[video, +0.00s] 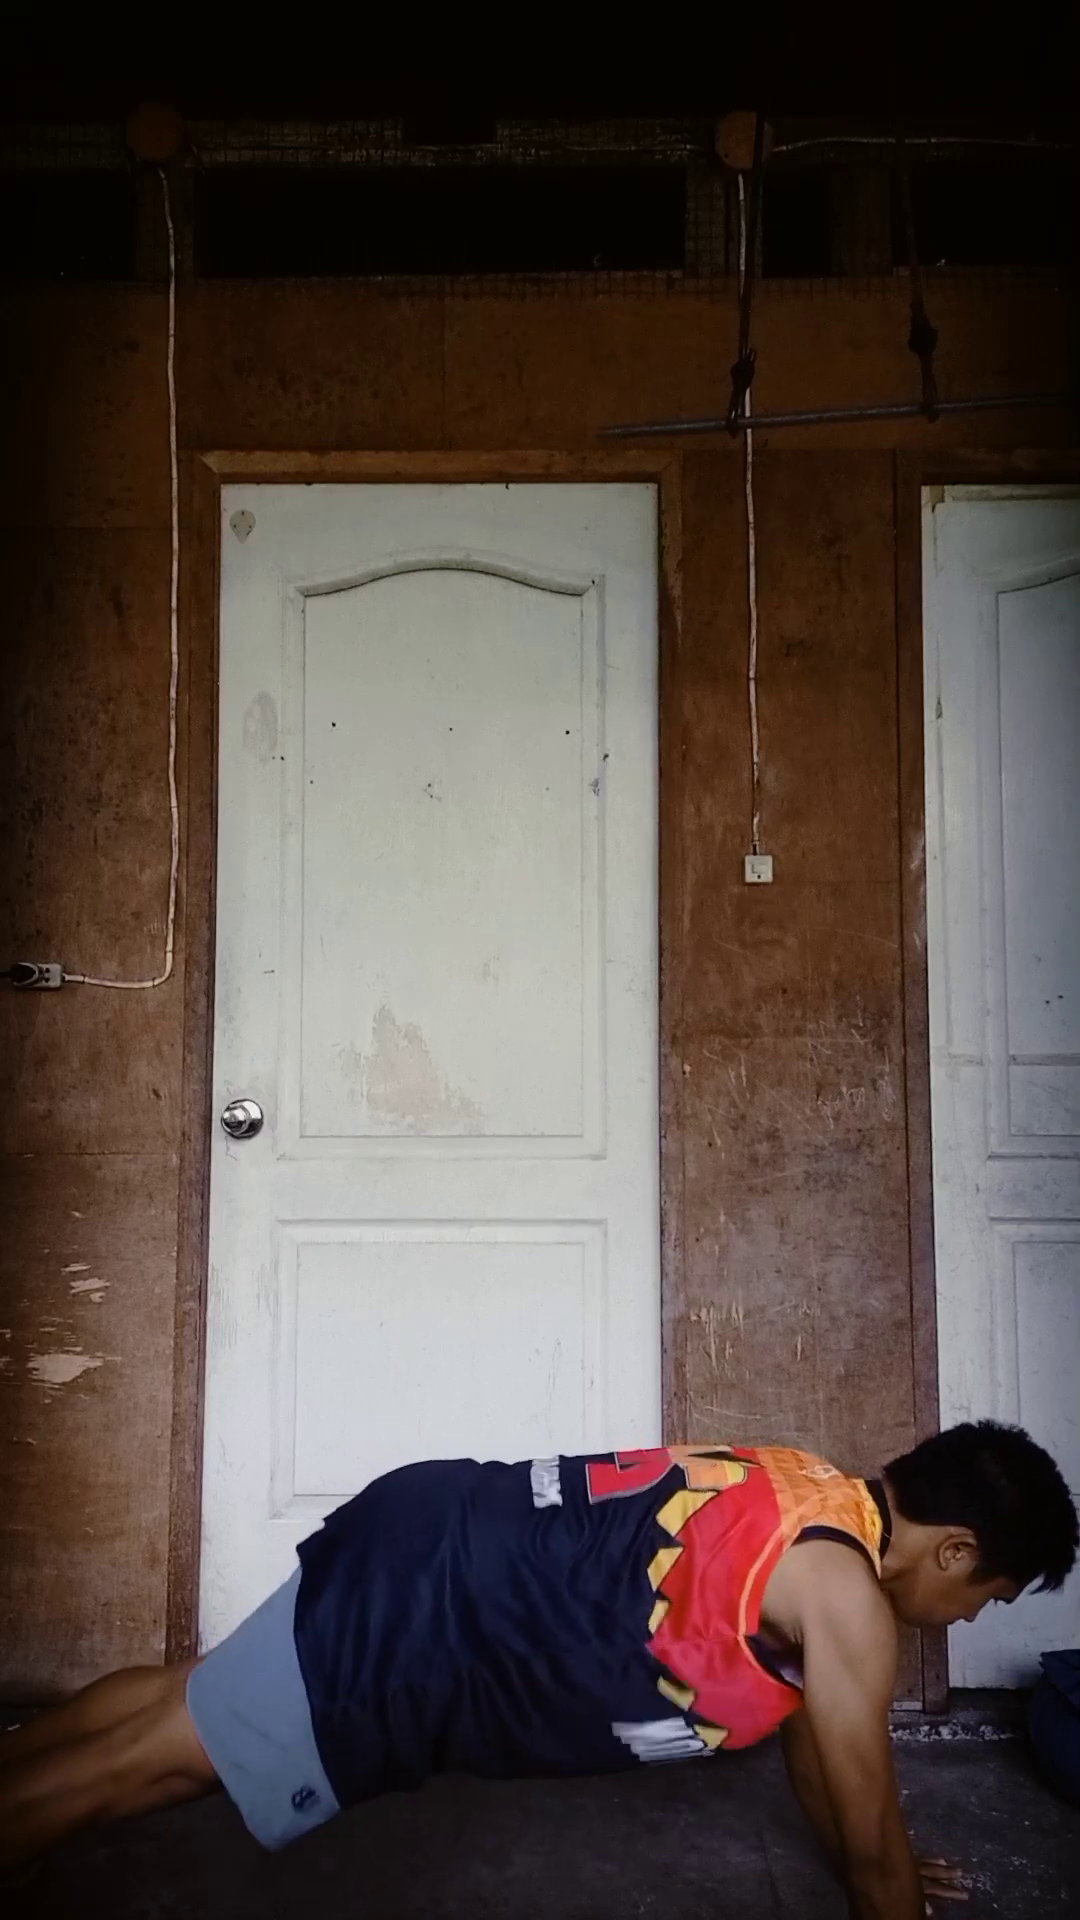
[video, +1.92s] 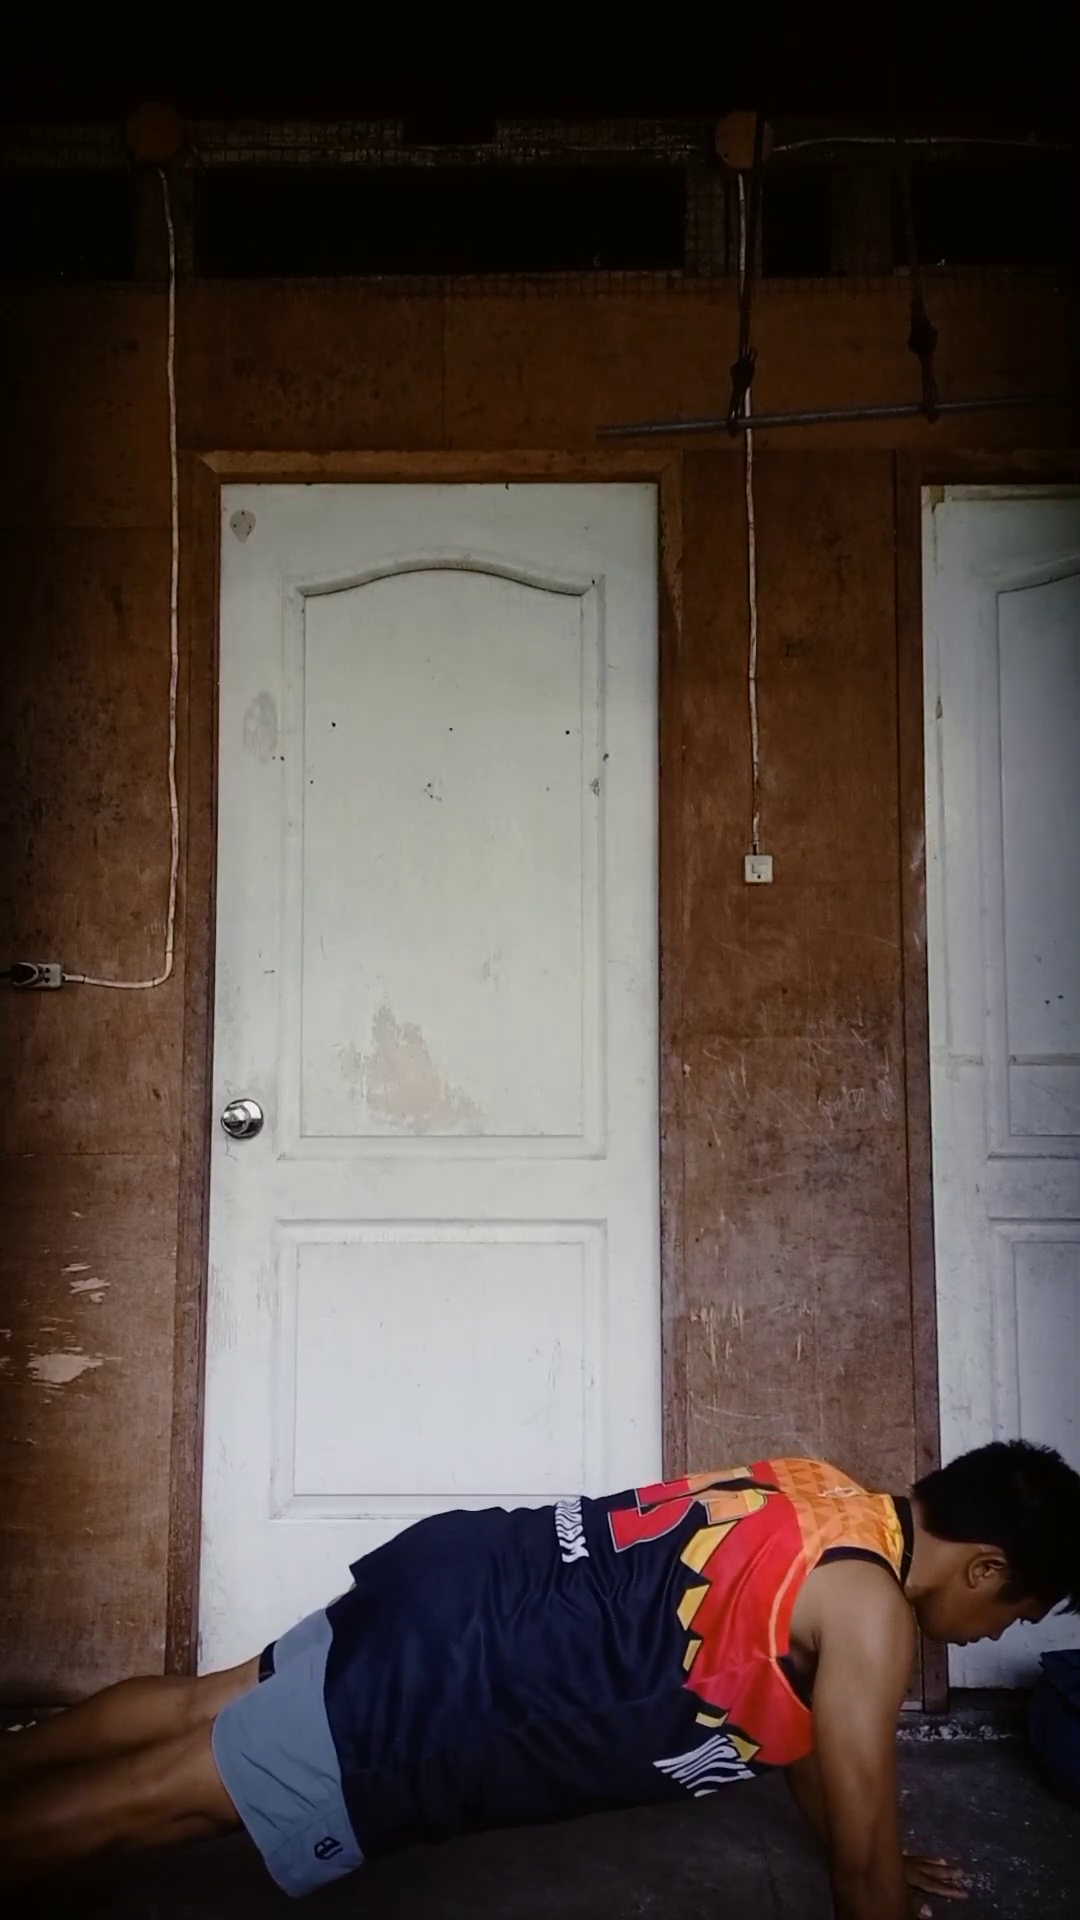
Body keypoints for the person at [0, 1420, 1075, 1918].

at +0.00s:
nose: (975, 1616)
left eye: (996, 1597)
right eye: (992, 1591)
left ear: (927, 1487)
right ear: (959, 1551)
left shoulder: (809, 1482)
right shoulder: (844, 1609)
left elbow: (810, 1735)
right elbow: (868, 1848)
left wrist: (893, 1860)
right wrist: (911, 1900)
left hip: (426, 1522)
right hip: (424, 1617)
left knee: (174, 1696)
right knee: (143, 1768)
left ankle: (13, 1763)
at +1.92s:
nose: (996, 1632)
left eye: (1017, 1615)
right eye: (1012, 1609)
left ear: (945, 1498)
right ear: (977, 1563)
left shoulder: (822, 1486)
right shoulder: (866, 1620)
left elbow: (798, 1697)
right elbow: (869, 1874)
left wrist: (873, 1841)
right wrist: (910, 1895)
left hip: (457, 1566)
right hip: (455, 1680)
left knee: (211, 1699)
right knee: (152, 1802)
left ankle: (4, 1764)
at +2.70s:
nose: (1059, 1742)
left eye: (1071, 1726)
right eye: (1071, 1721)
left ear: (1004, 1610)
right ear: (1055, 1692)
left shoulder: (884, 1588)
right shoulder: (932, 1728)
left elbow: (755, 1725)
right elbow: (834, 1906)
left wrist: (867, 1844)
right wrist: (904, 1885)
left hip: (520, 1651)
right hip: (511, 1778)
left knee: (228, 1747)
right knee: (185, 1853)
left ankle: (11, 1759)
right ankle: (11, 1860)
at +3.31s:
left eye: (1033, 1683)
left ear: (1040, 1690)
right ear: (1076, 1758)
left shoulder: (957, 1719)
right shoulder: (1015, 1828)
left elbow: (799, 1684)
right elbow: (855, 1901)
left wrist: (873, 1770)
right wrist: (886, 1791)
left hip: (588, 1729)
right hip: (589, 1843)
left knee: (310, 1782)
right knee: (269, 1882)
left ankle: (53, 1757)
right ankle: (37, 1878)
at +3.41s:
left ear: (1046, 1682)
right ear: (1073, 1754)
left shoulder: (945, 1682)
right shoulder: (1002, 1807)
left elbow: (771, 1717)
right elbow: (850, 1901)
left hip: (586, 1703)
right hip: (577, 1834)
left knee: (301, 1761)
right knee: (260, 1868)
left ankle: (46, 1756)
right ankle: (34, 1873)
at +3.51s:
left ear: (1043, 1637)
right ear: (1079, 1714)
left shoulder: (924, 1622)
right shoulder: (992, 1766)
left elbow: (781, 1698)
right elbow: (845, 1897)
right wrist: (947, 1886)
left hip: (577, 1678)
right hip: (569, 1812)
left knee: (295, 1754)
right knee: (238, 1866)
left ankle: (42, 1761)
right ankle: (30, 1867)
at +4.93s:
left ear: (1042, 1652)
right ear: (1078, 1729)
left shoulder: (919, 1637)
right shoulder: (966, 1769)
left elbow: (772, 1711)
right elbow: (844, 1900)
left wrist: (910, 1842)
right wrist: (947, 1879)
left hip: (558, 1690)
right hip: (537, 1815)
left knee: (283, 1762)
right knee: (222, 1869)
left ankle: (26, 1759)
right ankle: (20, 1863)